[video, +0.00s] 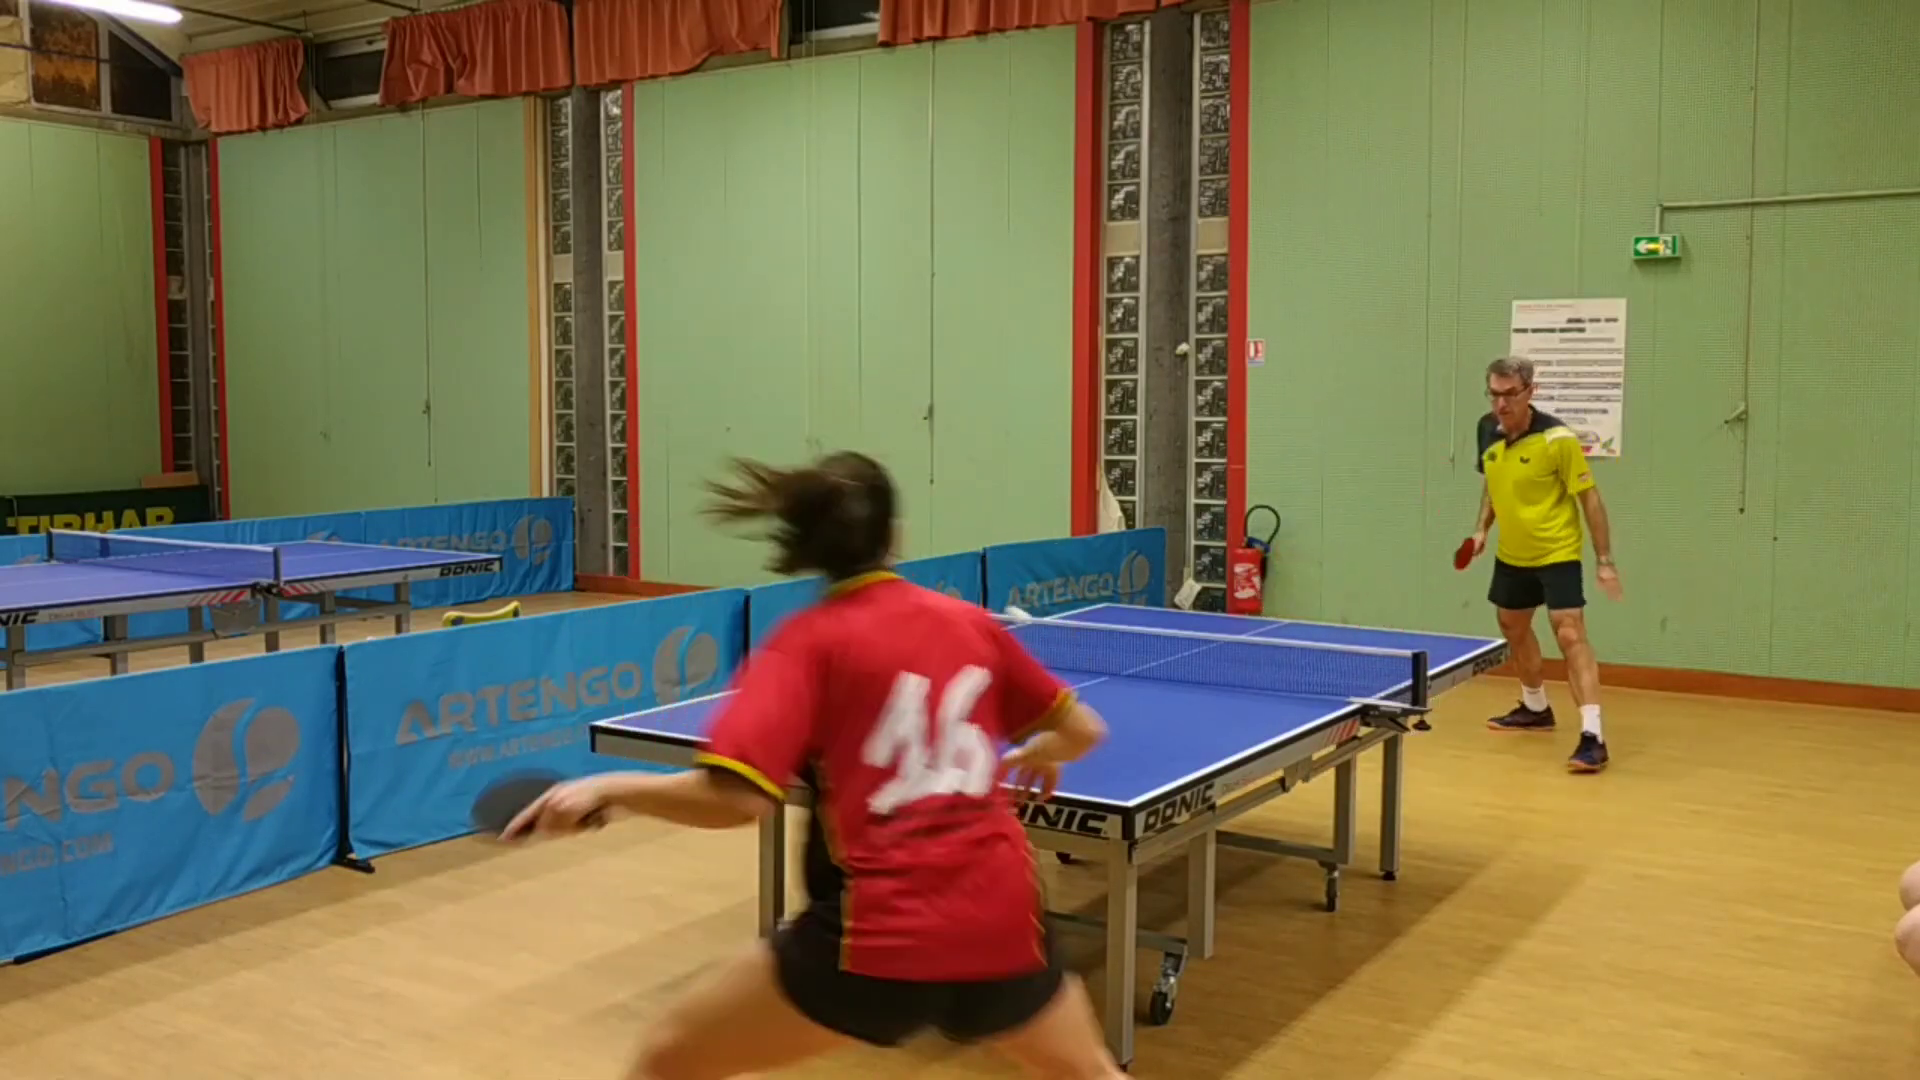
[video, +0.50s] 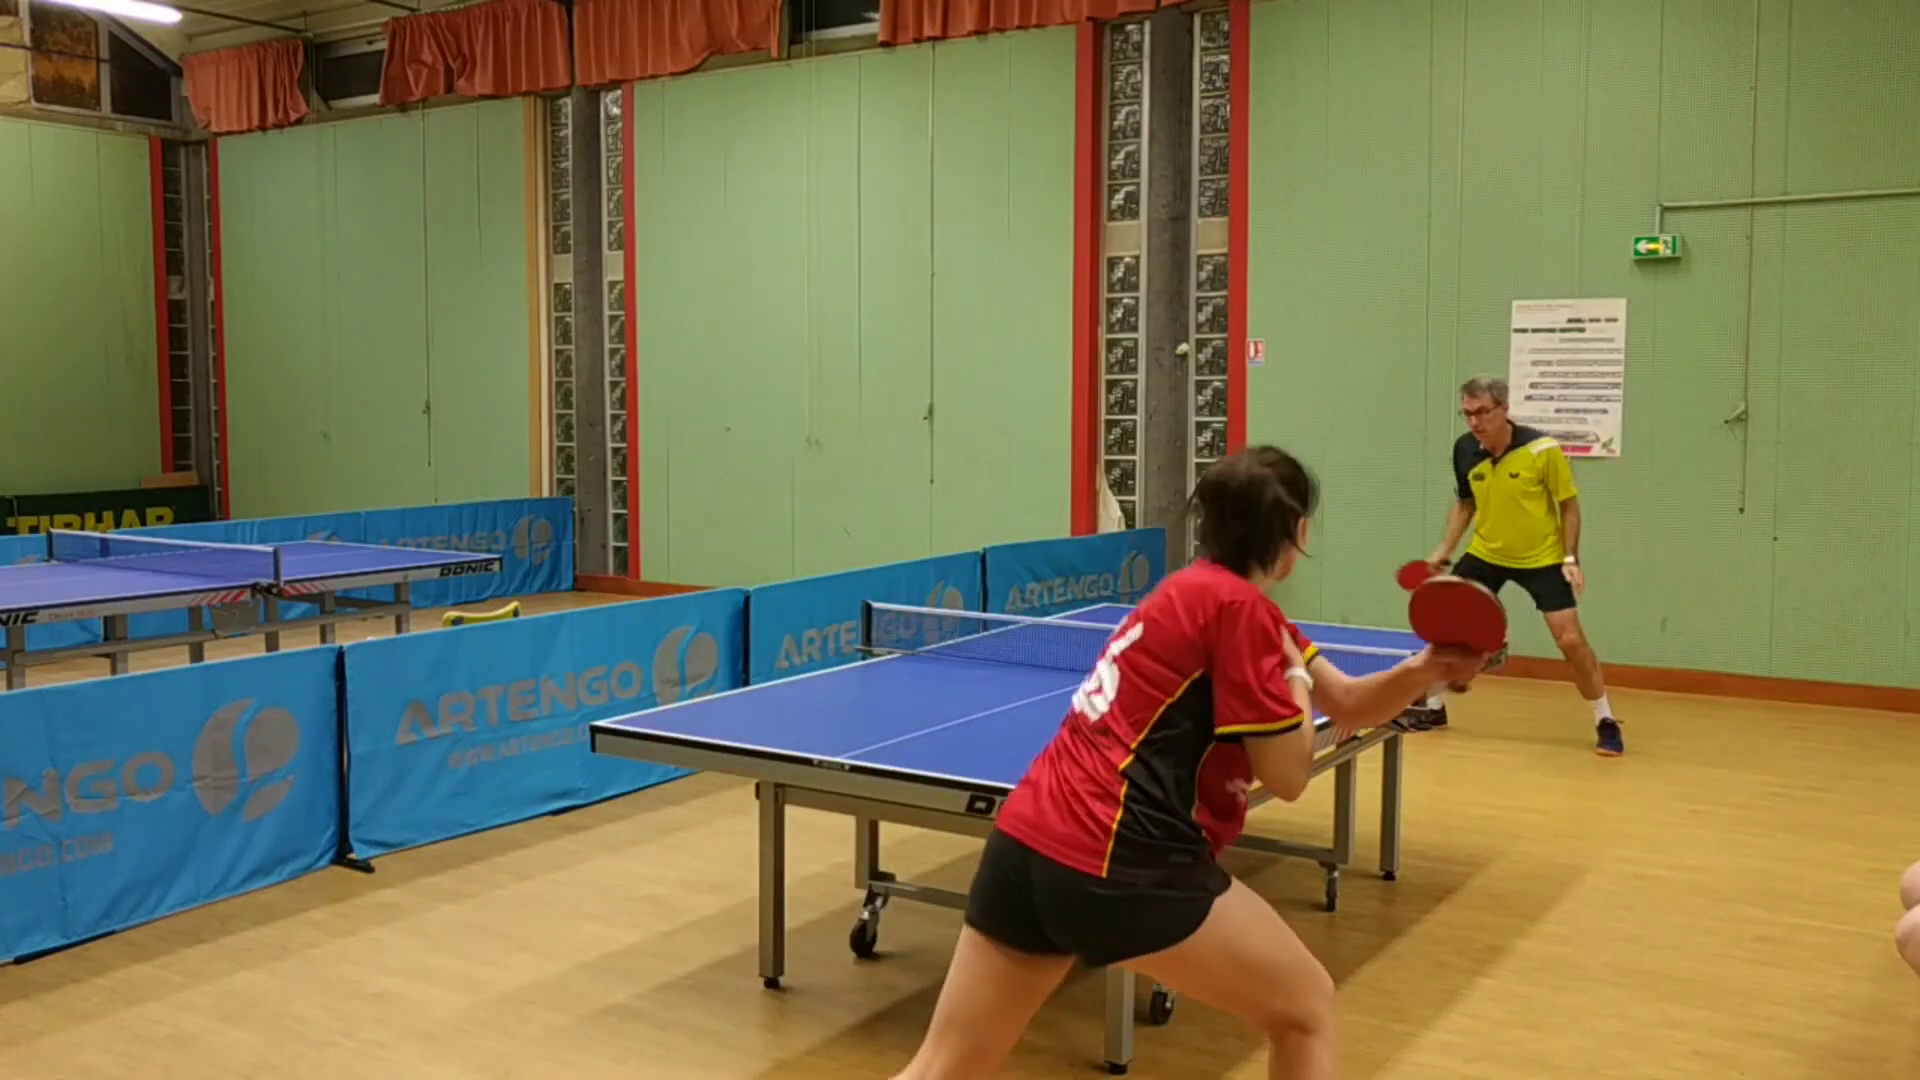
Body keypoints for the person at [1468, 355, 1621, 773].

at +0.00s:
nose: (1500, 404)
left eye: (1509, 395)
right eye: (1494, 395)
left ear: (1530, 393)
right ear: (1489, 395)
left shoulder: (1559, 440)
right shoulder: (1489, 434)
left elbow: (1590, 498)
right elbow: (1492, 486)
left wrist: (1604, 560)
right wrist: (1481, 530)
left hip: (1559, 556)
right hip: (1513, 555)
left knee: (1569, 635)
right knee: (1513, 626)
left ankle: (1592, 735)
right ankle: (1535, 707)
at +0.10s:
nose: (1498, 394)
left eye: (1506, 385)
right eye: (1492, 385)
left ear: (1527, 383)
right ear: (1487, 385)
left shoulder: (1558, 426)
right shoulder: (1485, 423)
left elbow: (1589, 481)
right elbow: (1486, 472)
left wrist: (1583, 539)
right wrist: (1481, 514)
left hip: (1558, 542)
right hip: (1512, 542)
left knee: (1571, 628)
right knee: (1500, 615)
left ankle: (1595, 723)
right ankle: (1527, 696)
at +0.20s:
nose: (1496, 394)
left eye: (1504, 386)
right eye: (1490, 386)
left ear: (1524, 384)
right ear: (1484, 387)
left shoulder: (1559, 425)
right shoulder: (1486, 424)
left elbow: (1590, 479)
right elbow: (1486, 473)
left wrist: (1574, 534)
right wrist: (1478, 513)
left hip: (1557, 542)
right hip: (1510, 537)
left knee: (1576, 631)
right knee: (1480, 608)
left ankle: (1604, 717)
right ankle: (1499, 693)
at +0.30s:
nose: (1490, 409)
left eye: (1498, 400)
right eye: (1483, 401)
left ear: (1518, 397)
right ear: (1478, 401)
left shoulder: (1552, 438)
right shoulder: (1481, 438)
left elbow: (1583, 494)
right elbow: (1483, 486)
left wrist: (1570, 548)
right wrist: (1475, 527)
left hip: (1558, 552)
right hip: (1510, 548)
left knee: (1576, 637)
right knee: (1471, 614)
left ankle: (1607, 719)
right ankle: (1442, 700)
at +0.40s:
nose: (1486, 425)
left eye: (1495, 416)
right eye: (1480, 417)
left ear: (1514, 413)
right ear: (1474, 417)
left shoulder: (1548, 452)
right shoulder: (1471, 452)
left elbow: (1574, 509)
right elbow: (1470, 504)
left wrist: (1570, 560)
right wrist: (1467, 547)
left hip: (1547, 562)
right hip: (1496, 559)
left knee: (1577, 641)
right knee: (1454, 618)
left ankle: (1606, 720)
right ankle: (1432, 705)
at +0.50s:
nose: (1474, 422)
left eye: (1481, 413)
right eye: (1468, 414)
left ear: (1504, 410)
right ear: (1464, 415)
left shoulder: (1543, 450)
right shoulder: (1466, 450)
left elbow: (1569, 505)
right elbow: (1465, 503)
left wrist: (1570, 556)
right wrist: (1444, 550)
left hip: (1541, 558)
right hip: (1486, 553)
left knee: (1570, 641)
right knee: (1445, 617)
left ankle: (1605, 720)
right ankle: (1433, 706)